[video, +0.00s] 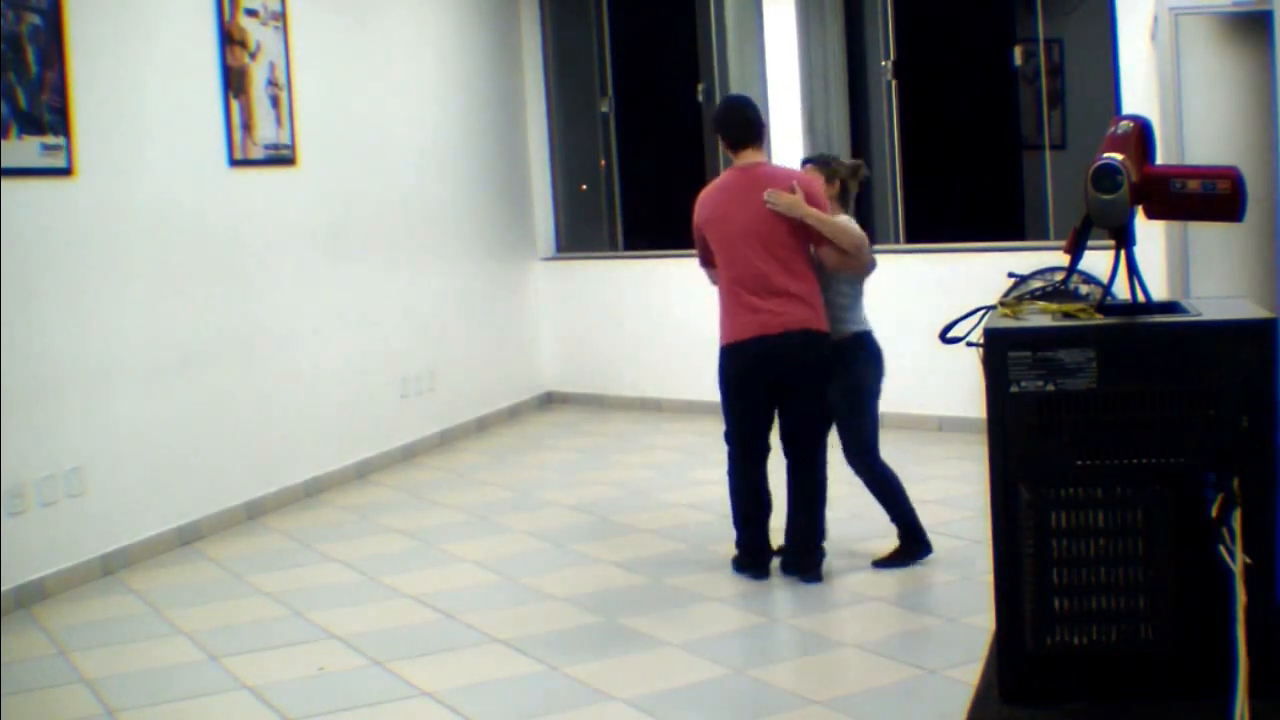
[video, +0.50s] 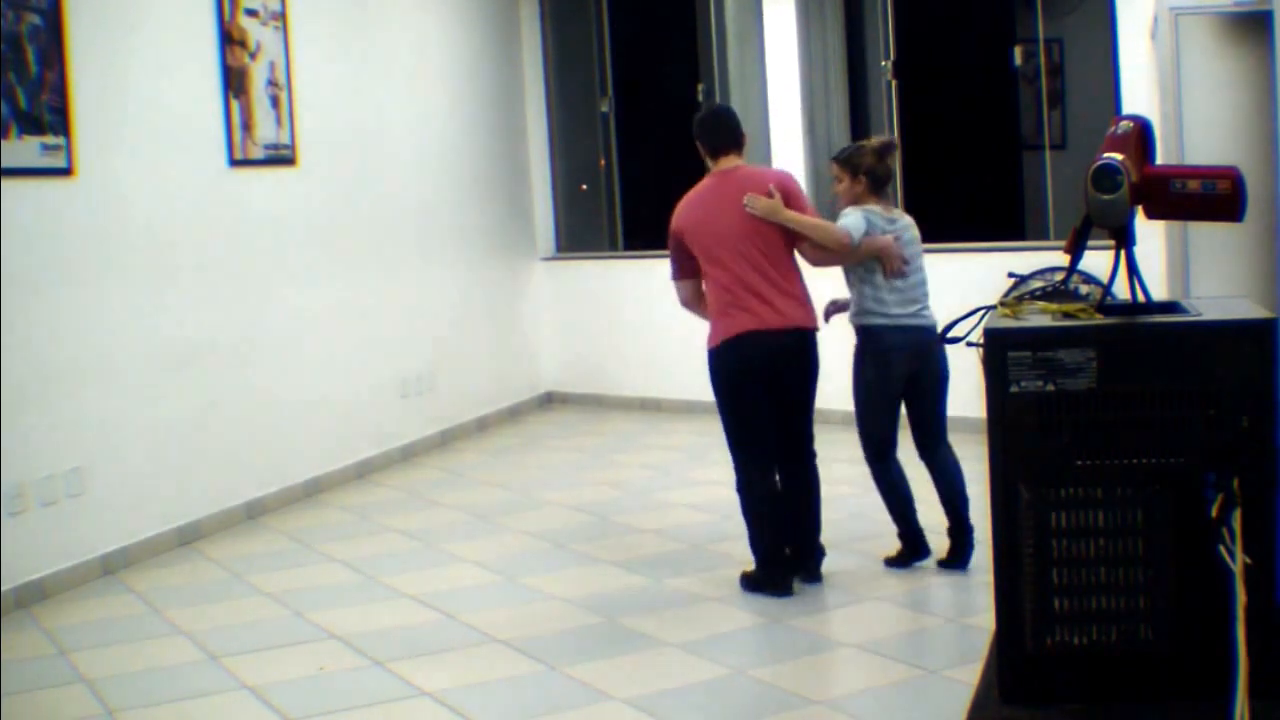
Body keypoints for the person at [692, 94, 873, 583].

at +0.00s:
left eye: (722, 138)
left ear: (721, 142)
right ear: (765, 133)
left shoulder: (708, 200)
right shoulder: (801, 183)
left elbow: (713, 271)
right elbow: (841, 252)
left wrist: (765, 260)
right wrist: (867, 264)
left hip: (742, 346)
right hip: (804, 338)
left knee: (746, 454)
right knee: (806, 454)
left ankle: (753, 556)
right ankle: (806, 559)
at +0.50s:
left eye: (703, 148)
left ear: (700, 150)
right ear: (743, 140)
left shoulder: (686, 211)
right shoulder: (777, 183)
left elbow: (691, 297)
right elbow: (816, 251)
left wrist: (733, 314)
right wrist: (873, 247)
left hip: (732, 346)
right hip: (794, 337)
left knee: (752, 462)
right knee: (797, 449)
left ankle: (772, 571)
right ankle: (806, 560)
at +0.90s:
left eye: (699, 146)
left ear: (697, 150)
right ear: (741, 142)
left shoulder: (680, 211)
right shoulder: (772, 189)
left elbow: (665, 291)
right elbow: (806, 263)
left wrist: (696, 333)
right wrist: (846, 264)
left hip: (723, 351)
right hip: (784, 342)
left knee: (733, 463)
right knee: (791, 454)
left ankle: (759, 565)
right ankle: (795, 564)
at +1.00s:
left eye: (698, 144)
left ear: (697, 148)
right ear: (740, 142)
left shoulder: (678, 209)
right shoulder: (769, 191)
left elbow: (663, 290)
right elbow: (808, 263)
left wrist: (701, 317)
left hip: (715, 347)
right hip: (776, 338)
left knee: (716, 447)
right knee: (788, 451)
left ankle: (729, 555)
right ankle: (794, 561)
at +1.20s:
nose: (733, 149)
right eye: (734, 142)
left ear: (688, 146)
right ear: (732, 144)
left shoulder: (661, 204)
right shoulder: (750, 194)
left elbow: (646, 281)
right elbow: (791, 262)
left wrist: (696, 279)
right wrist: (823, 266)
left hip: (688, 348)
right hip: (748, 339)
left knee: (692, 444)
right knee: (772, 446)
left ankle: (662, 545)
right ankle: (795, 557)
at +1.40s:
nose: (727, 158)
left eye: (726, 152)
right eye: (727, 152)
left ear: (679, 144)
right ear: (717, 150)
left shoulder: (639, 195)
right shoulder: (716, 208)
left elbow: (640, 258)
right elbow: (731, 287)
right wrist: (781, 291)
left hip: (636, 341)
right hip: (690, 343)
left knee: (663, 443)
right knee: (731, 450)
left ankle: (660, 548)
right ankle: (755, 553)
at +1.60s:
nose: (700, 166)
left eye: (701, 158)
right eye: (698, 158)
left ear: (662, 154)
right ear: (682, 156)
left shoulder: (638, 201)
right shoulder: (656, 212)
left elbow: (658, 276)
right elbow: (651, 293)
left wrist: (709, 290)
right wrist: (706, 329)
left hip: (626, 344)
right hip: (643, 348)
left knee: (659, 444)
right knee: (672, 448)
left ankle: (662, 545)